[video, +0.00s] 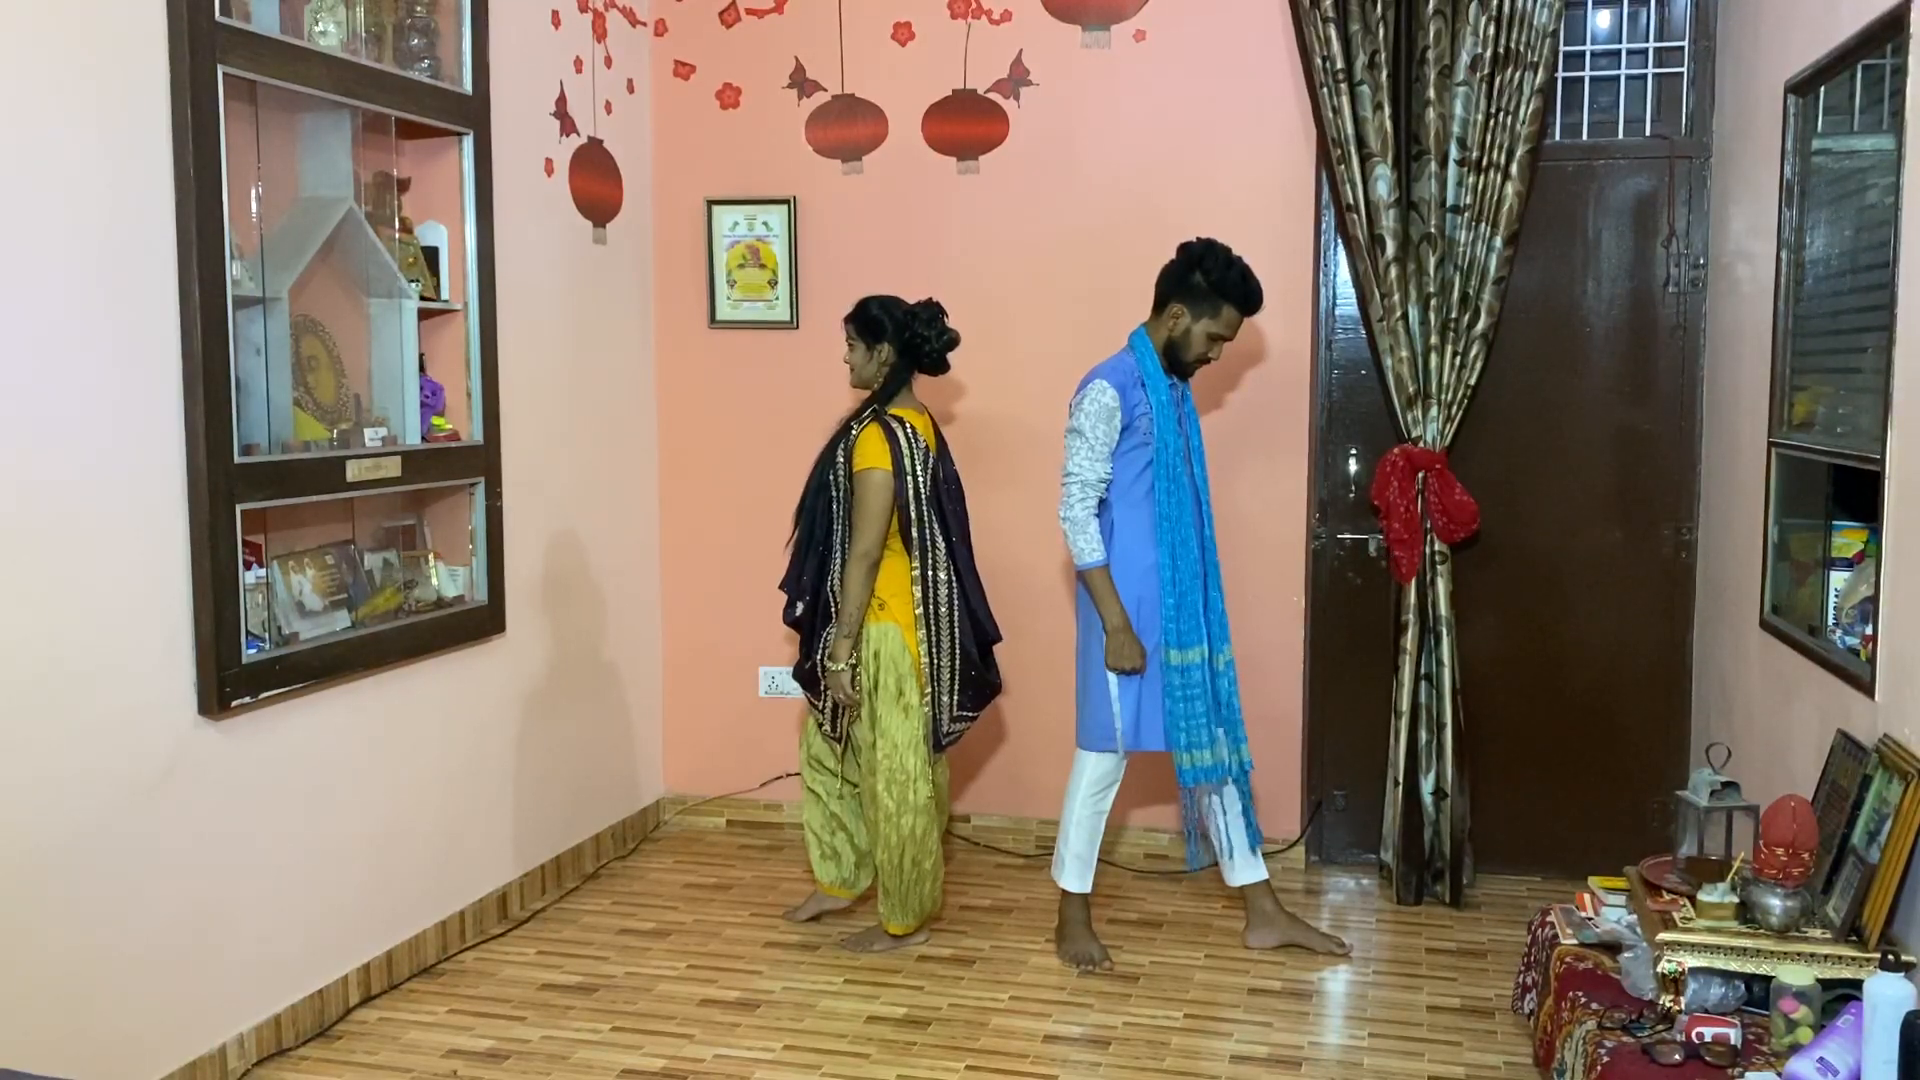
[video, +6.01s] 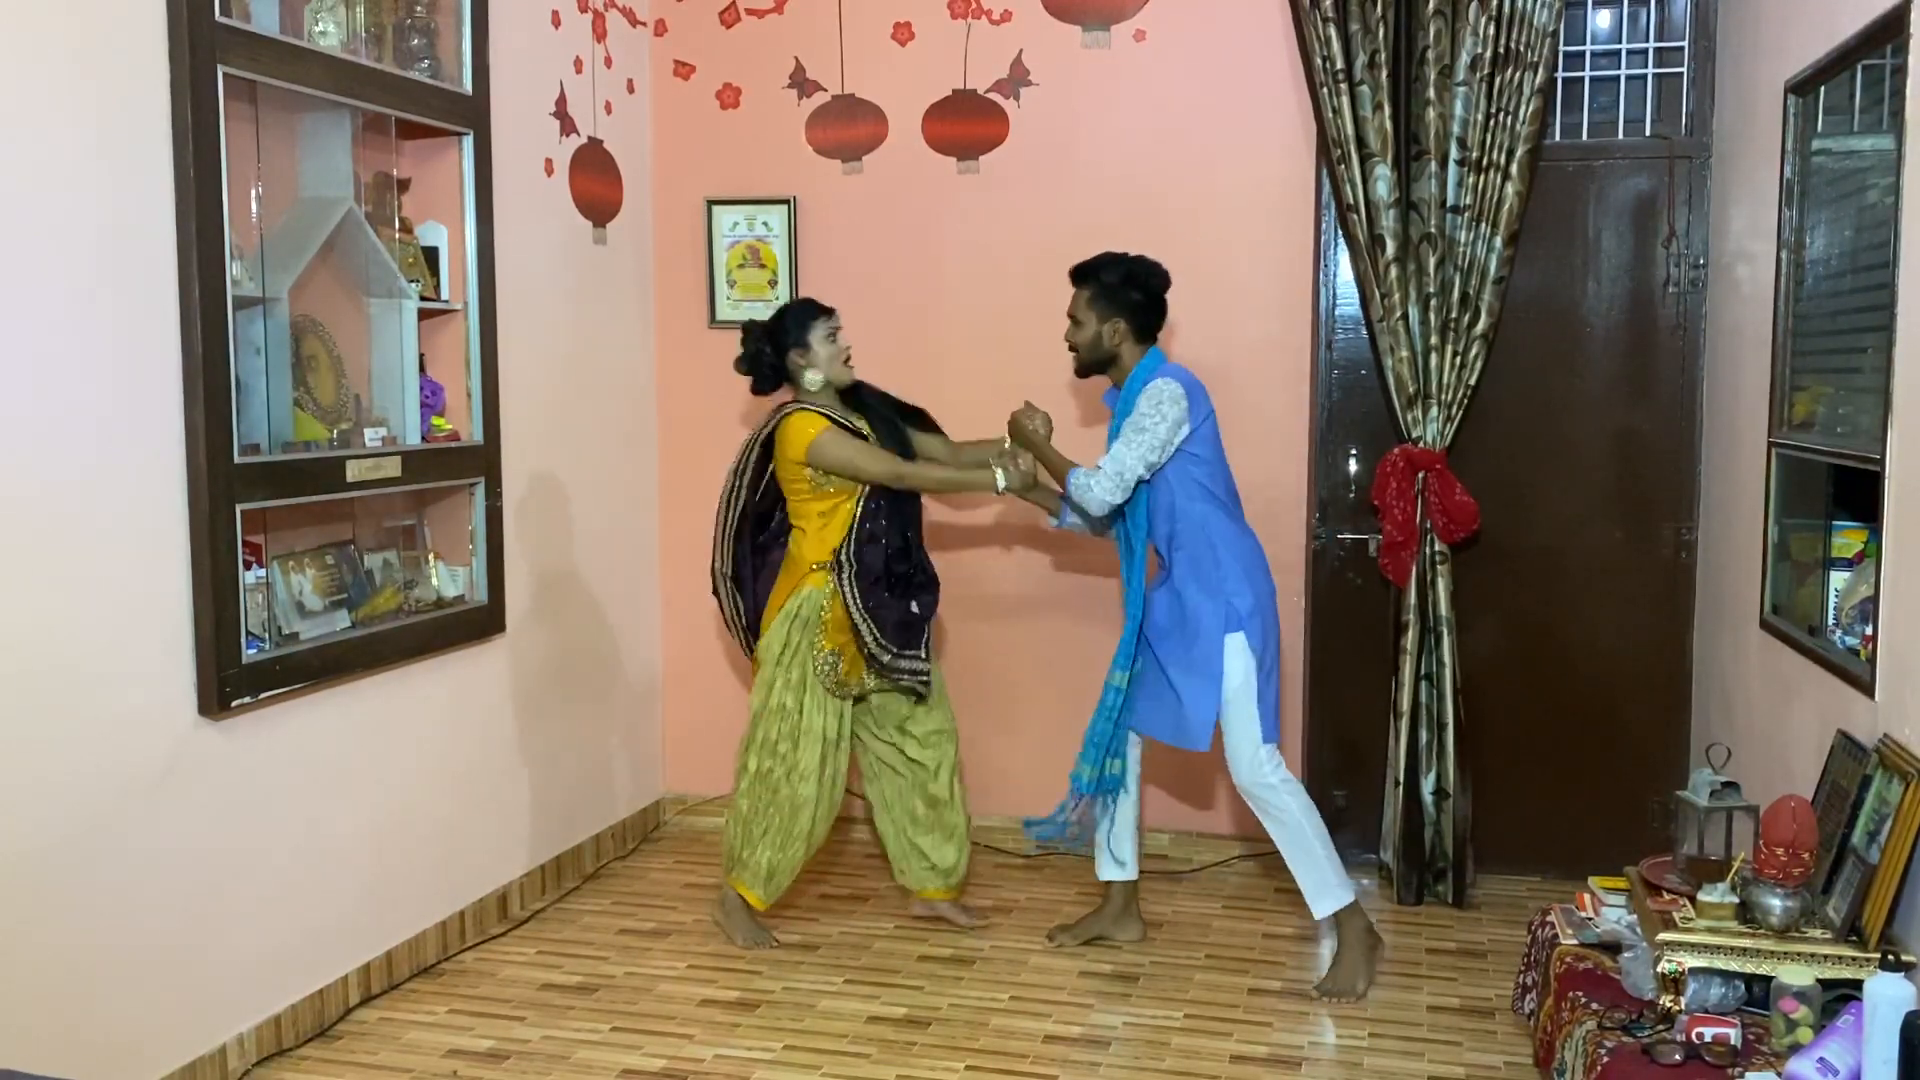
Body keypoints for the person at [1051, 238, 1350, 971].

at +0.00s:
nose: (1219, 352)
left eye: (1227, 339)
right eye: (1215, 336)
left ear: (1195, 320)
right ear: (1174, 311)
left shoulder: (1172, 391)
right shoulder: (1106, 392)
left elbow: (1170, 515)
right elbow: (1077, 514)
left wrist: (1195, 606)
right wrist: (1116, 623)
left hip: (1184, 603)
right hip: (1123, 604)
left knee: (1214, 743)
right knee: (1103, 753)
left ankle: (1263, 908)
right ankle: (1072, 914)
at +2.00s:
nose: (1266, 325)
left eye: (1262, 313)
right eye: (1252, 315)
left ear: (1228, 328)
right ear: (1208, 332)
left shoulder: (1260, 414)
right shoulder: (1170, 407)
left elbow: (1295, 491)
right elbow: (1166, 496)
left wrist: (1361, 521)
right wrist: (1170, 572)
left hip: (1259, 619)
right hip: (1186, 615)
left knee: (1313, 757)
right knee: (1158, 787)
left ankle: (1268, 902)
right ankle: (1038, 892)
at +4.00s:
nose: (1149, 346)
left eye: (1158, 331)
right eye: (1150, 331)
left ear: (1202, 334)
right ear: (1191, 333)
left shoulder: (1242, 418)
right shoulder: (1196, 414)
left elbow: (1240, 531)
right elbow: (1203, 524)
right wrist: (1129, 531)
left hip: (1241, 635)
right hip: (1182, 629)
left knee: (1251, 799)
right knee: (1104, 745)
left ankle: (1341, 922)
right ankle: (1132, 900)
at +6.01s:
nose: (1067, 332)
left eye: (1077, 319)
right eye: (1069, 317)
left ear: (1121, 324)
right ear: (1119, 325)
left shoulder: (1167, 391)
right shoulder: (1132, 401)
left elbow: (1099, 493)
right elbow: (1101, 513)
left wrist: (1042, 448)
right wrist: (1029, 487)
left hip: (1227, 595)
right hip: (1174, 598)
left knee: (1253, 763)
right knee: (1117, 730)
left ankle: (1350, 922)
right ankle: (1118, 905)